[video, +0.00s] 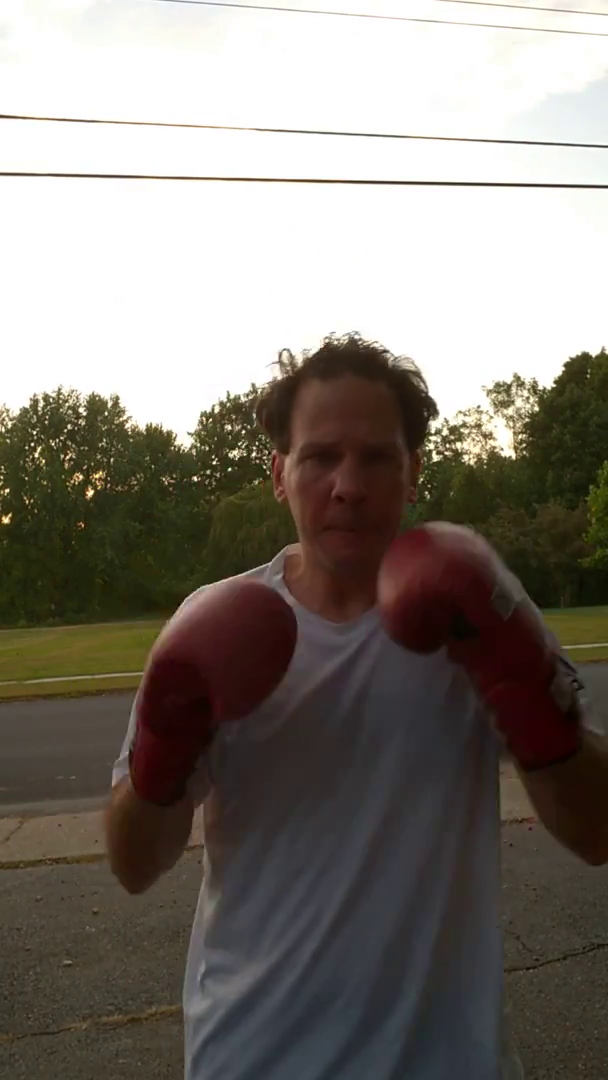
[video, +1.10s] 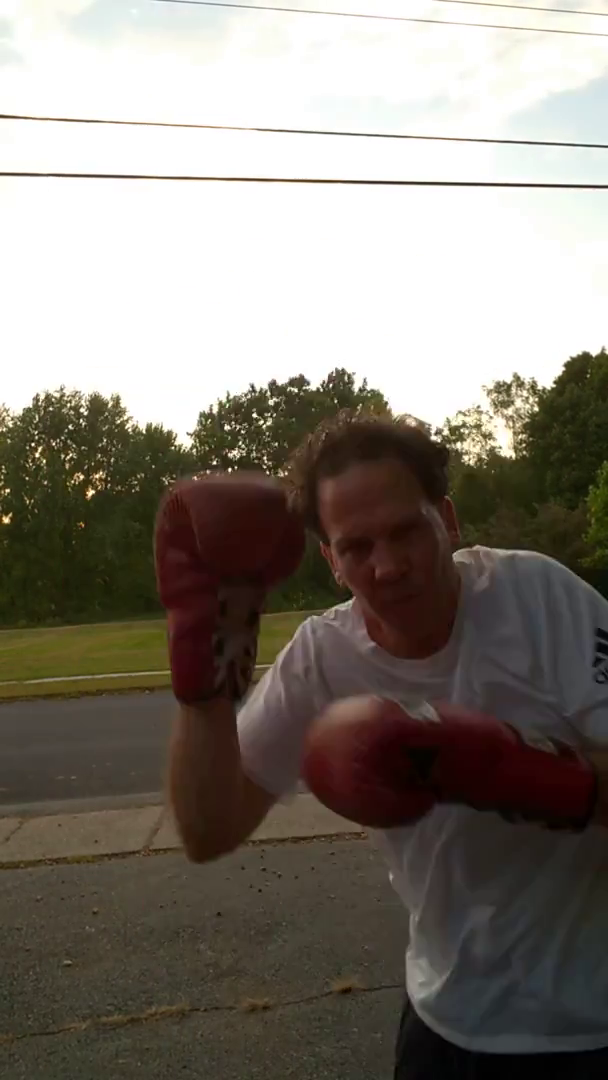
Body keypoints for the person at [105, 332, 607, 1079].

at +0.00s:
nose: (348, 485)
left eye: (376, 457)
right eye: (321, 457)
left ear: (412, 475)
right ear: (281, 477)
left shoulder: (475, 608)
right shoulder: (221, 624)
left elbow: (594, 838)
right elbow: (135, 868)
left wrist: (520, 680)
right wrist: (167, 746)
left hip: (439, 1044)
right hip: (253, 1044)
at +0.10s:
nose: (366, 489)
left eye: (394, 460)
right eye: (341, 459)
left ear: (432, 476)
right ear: (300, 475)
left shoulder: (493, 631)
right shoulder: (234, 625)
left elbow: (602, 811)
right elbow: (99, 843)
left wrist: (563, 639)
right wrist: (139, 649)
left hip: (448, 1043)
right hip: (261, 1045)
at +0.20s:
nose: (329, 519)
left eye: (356, 488)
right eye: (303, 491)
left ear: (400, 493)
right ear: (272, 503)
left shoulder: (471, 621)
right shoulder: (243, 607)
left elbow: (597, 832)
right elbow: (130, 711)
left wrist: (525, 668)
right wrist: (129, 519)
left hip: (446, 1040)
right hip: (274, 1042)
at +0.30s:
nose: (269, 531)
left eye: (292, 505)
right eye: (245, 510)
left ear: (351, 509)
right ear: (214, 521)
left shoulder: (460, 629)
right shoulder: (235, 638)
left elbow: (568, 879)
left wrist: (475, 703)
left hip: (429, 1050)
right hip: (269, 1025)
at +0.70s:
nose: (309, 601)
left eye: (318, 568)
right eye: (282, 582)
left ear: (359, 554)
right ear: (248, 600)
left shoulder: (454, 642)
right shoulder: (252, 678)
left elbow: (596, 832)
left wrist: (485, 757)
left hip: (487, 1034)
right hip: (339, 1029)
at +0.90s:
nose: (334, 594)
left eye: (352, 558)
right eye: (305, 571)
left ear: (400, 544)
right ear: (283, 575)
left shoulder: (506, 644)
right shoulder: (313, 679)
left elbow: (602, 710)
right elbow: (244, 813)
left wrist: (568, 601)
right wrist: (206, 803)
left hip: (536, 1049)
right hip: (388, 1041)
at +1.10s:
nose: (386, 566)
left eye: (404, 532)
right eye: (356, 547)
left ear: (447, 520)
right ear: (329, 558)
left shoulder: (538, 595)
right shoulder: (322, 655)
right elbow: (209, 834)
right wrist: (201, 661)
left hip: (589, 1017)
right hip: (450, 1016)